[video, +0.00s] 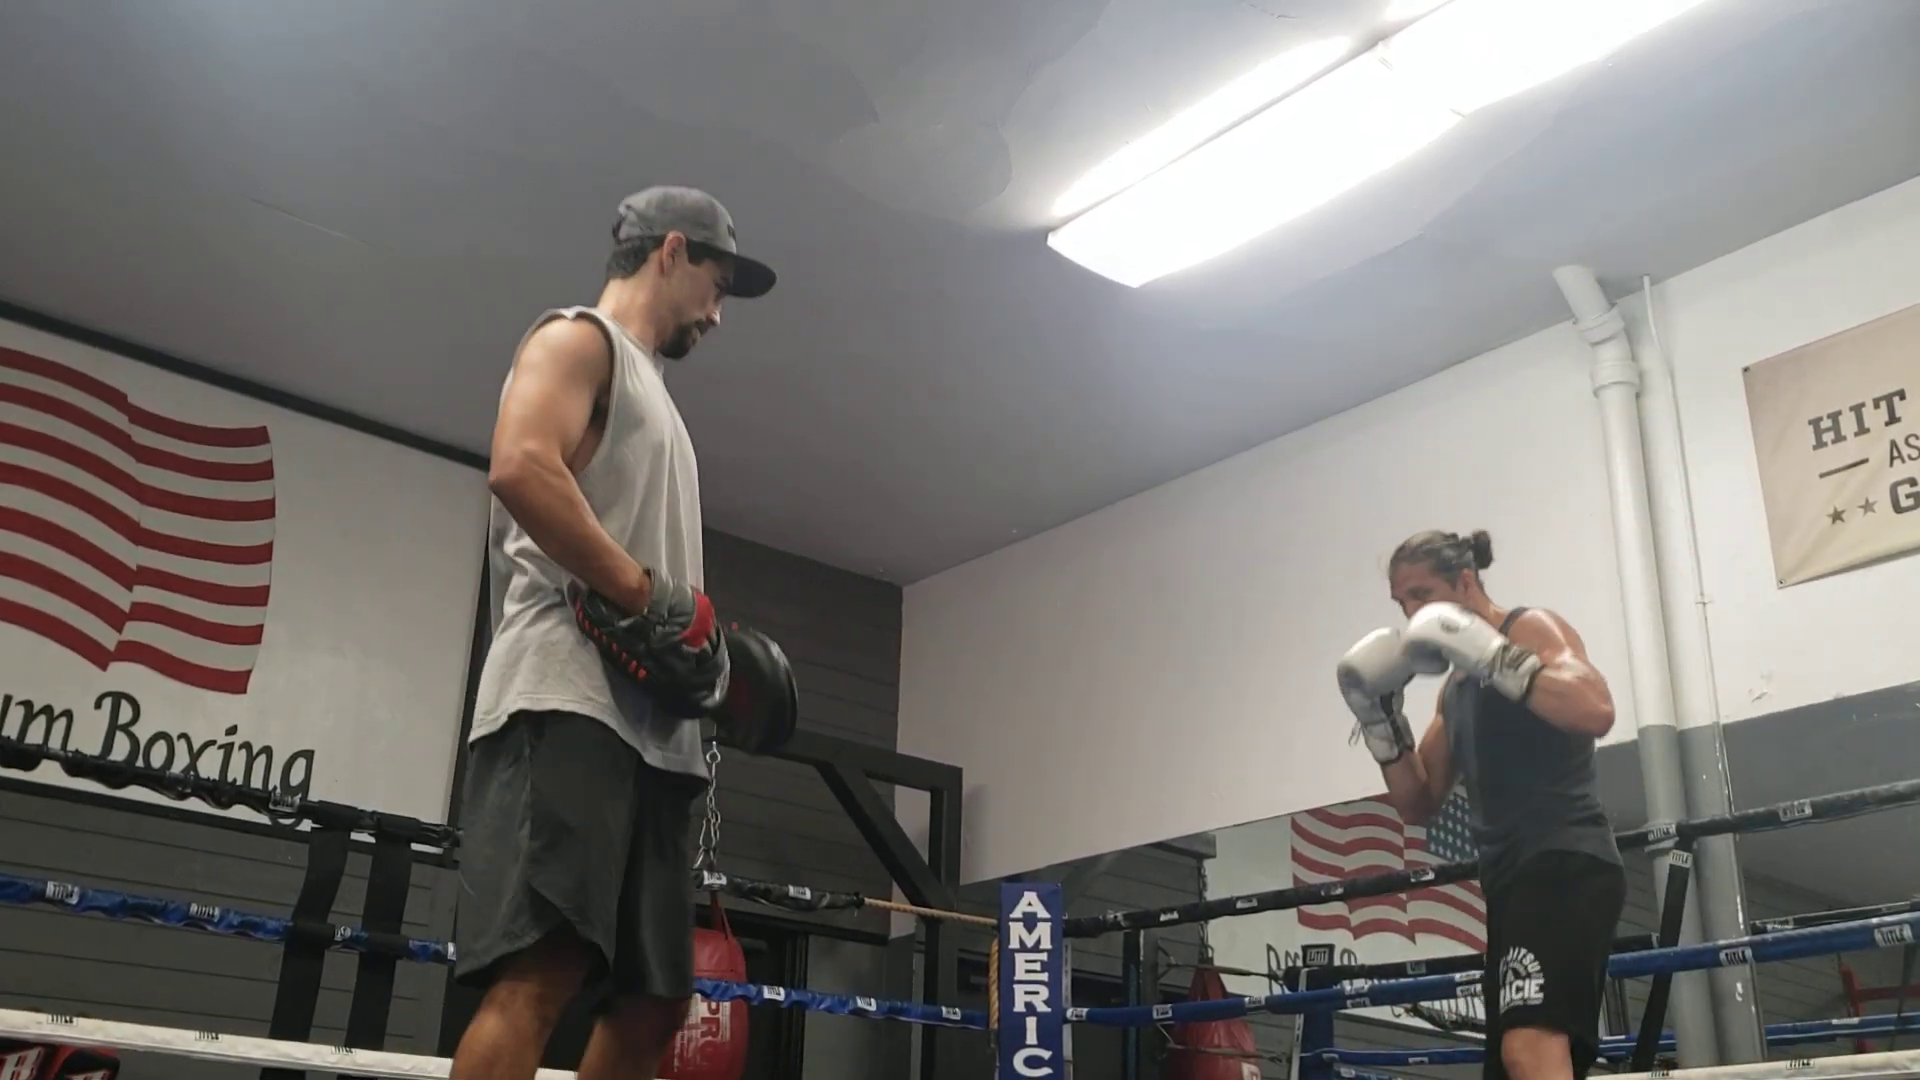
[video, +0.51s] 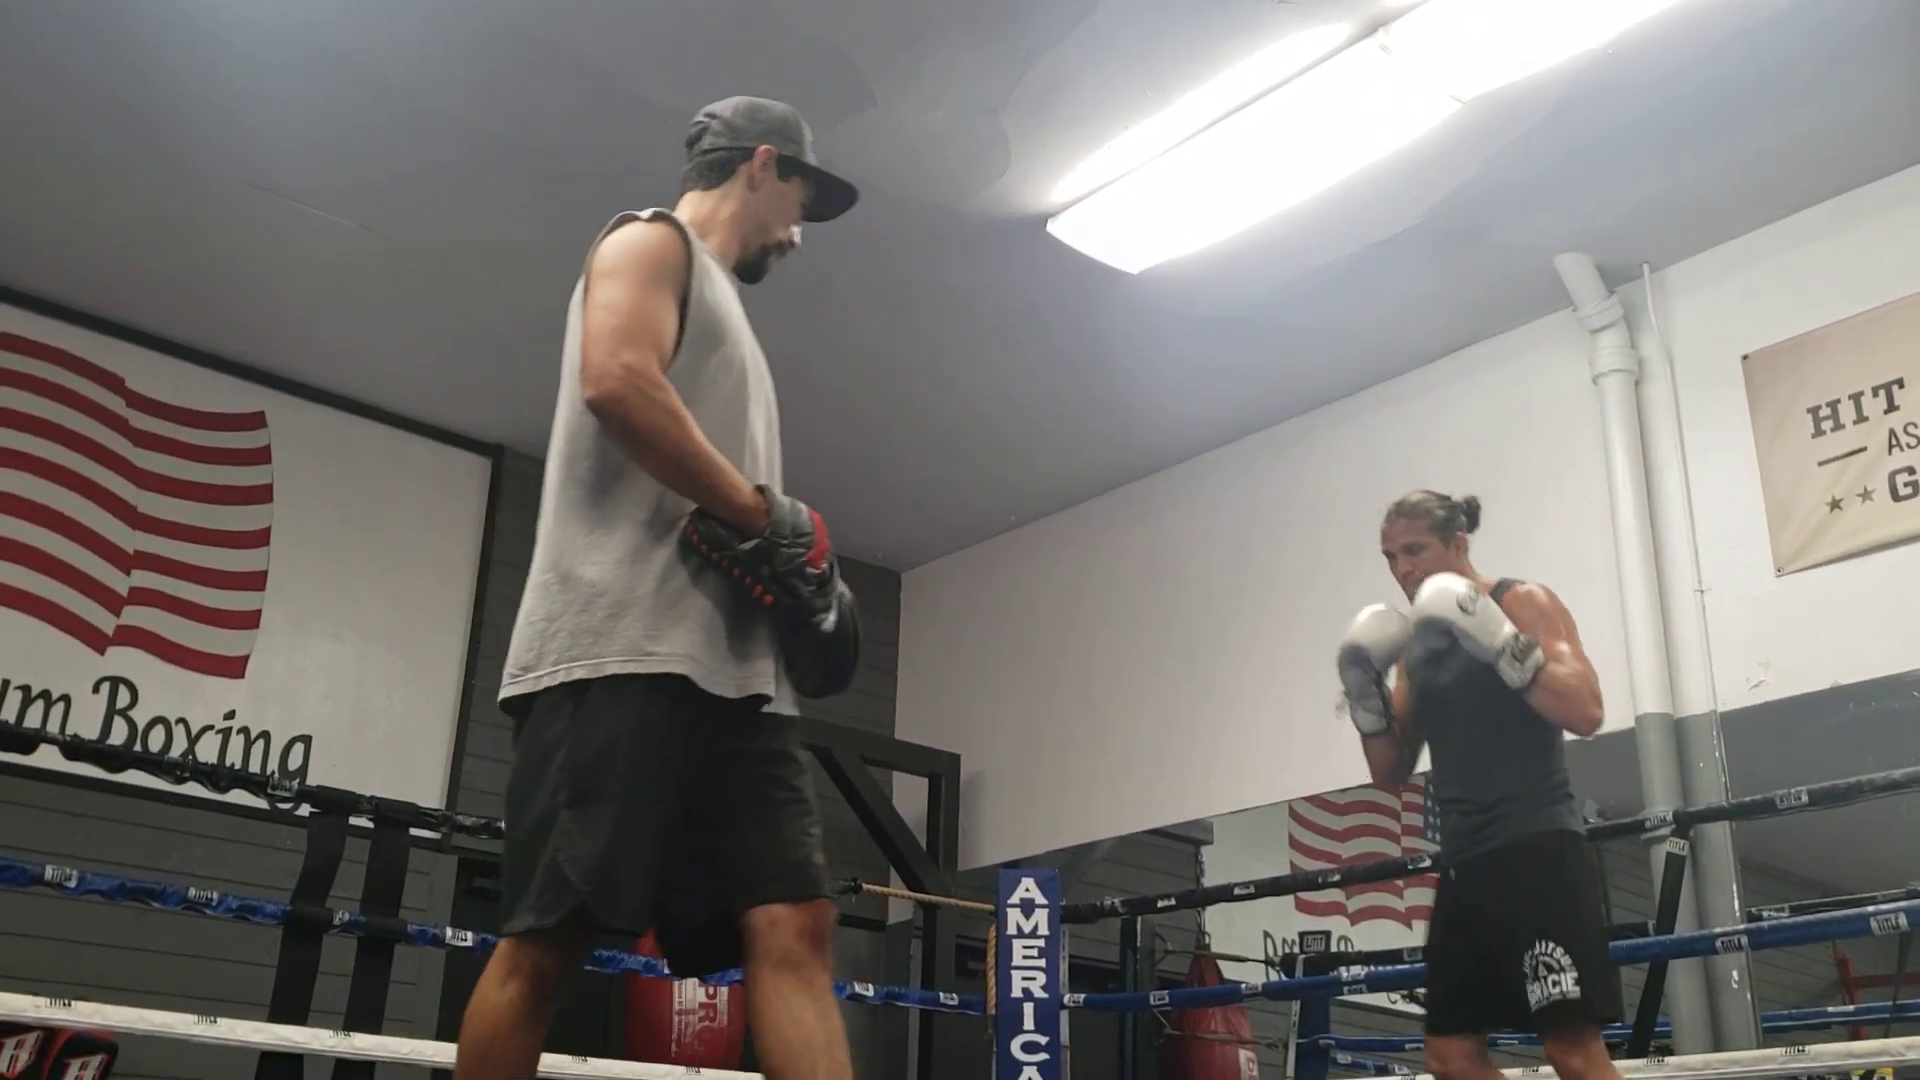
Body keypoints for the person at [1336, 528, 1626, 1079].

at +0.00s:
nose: (1411, 616)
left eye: (1420, 597)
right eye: (1403, 605)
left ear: (1465, 582)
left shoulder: (1530, 626)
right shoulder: (1455, 688)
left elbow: (1597, 712)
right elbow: (1418, 803)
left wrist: (1492, 654)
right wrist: (1379, 720)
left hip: (1562, 862)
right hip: (1512, 876)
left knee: (1533, 1050)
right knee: (1514, 1058)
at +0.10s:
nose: (1415, 582)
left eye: (1423, 562)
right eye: (1404, 571)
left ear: (1468, 549)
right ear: (1401, 572)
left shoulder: (1533, 592)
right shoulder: (1449, 656)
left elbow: (1595, 685)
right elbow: (1422, 771)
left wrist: (1496, 617)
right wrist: (1381, 687)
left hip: (1560, 828)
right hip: (1508, 843)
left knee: (1538, 1033)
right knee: (1523, 1048)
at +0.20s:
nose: (1417, 569)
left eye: (1427, 550)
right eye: (1407, 558)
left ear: (1472, 541)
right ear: (1404, 565)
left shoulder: (1534, 586)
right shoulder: (1447, 649)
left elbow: (1593, 689)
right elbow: (1432, 772)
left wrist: (1497, 619)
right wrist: (1387, 689)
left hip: (1560, 827)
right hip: (1504, 842)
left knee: (1546, 1039)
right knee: (1509, 1053)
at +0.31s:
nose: (1420, 589)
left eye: (1431, 570)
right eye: (1411, 577)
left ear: (1479, 564)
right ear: (1409, 583)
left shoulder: (1540, 617)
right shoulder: (1451, 674)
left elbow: (1597, 731)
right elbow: (1433, 799)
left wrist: (1506, 661)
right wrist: (1392, 717)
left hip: (1564, 864)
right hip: (1502, 876)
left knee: (1562, 1061)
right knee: (1496, 1065)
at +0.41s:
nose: (1421, 600)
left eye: (1433, 580)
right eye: (1411, 587)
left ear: (1478, 575)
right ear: (1406, 591)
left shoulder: (1543, 636)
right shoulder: (1444, 681)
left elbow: (1599, 750)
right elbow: (1419, 809)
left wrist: (1507, 677)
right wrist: (1386, 726)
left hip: (1557, 872)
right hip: (1492, 884)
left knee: (1561, 1061)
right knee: (1501, 1066)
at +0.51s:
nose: (1404, 569)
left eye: (1416, 550)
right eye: (1392, 557)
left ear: (1460, 544)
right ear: (1387, 563)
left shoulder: (1523, 603)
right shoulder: (1415, 648)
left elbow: (1585, 710)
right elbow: (1391, 768)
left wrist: (1498, 642)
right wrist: (1364, 691)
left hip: (1541, 848)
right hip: (1464, 862)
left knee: (1574, 1050)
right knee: (1451, 1053)